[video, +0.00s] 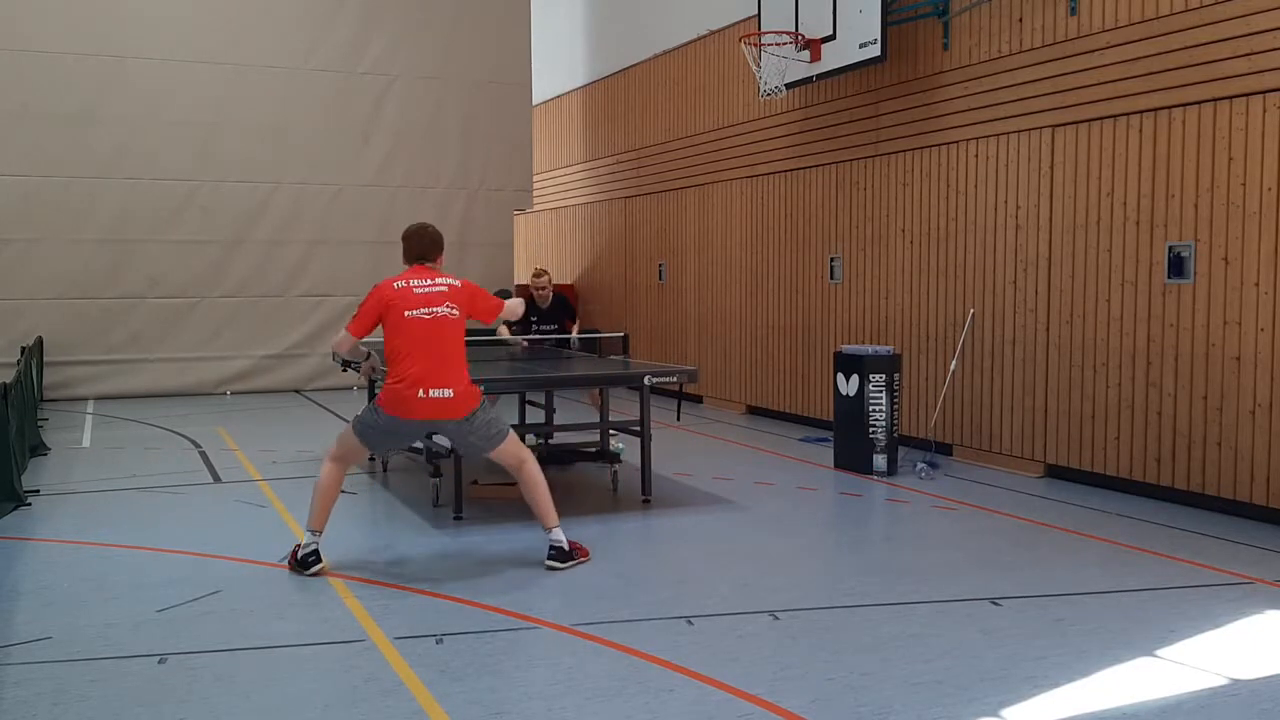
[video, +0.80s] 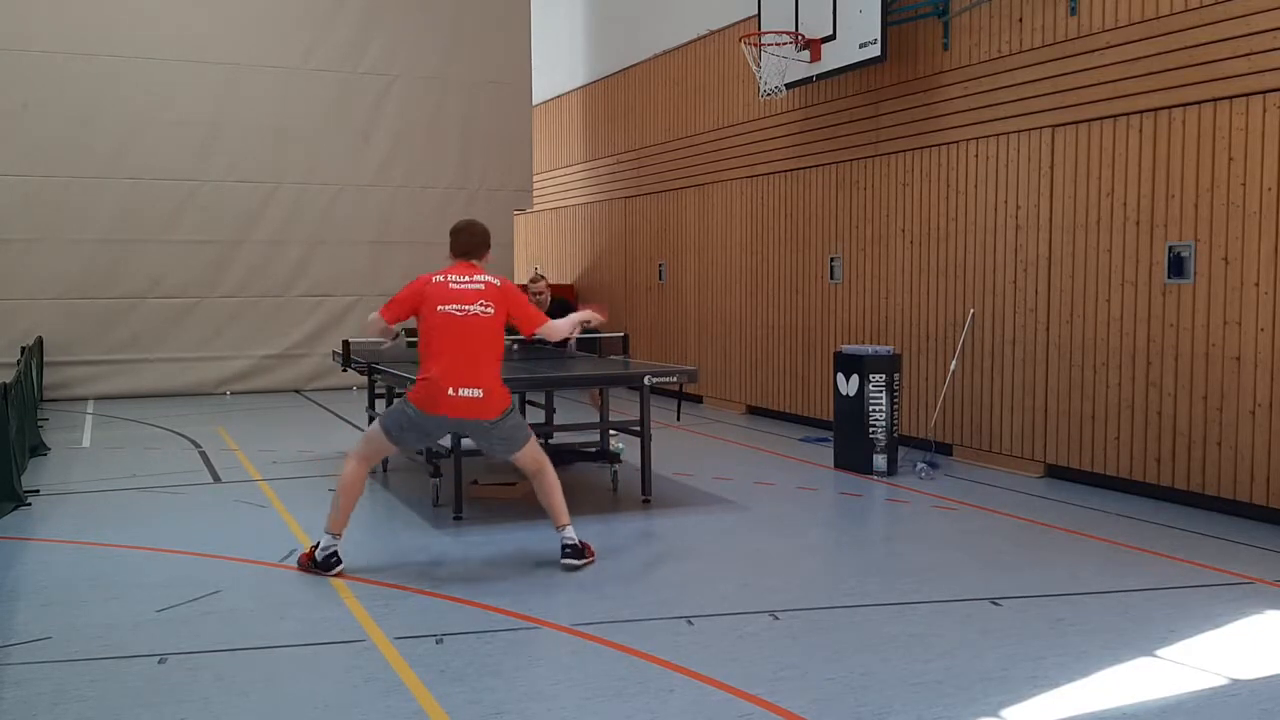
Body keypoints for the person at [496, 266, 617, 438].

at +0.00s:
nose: (540, 293)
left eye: (543, 289)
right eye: (536, 289)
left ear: (551, 287)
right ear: (530, 288)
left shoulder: (560, 300)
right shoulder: (524, 305)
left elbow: (575, 320)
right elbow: (501, 328)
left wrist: (574, 334)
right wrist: (512, 340)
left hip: (561, 355)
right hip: (531, 355)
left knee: (591, 382)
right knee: (496, 379)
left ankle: (607, 427)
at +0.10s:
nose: (545, 287)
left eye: (549, 282)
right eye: (541, 283)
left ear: (556, 281)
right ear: (535, 282)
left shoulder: (565, 296)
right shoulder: (527, 298)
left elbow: (573, 319)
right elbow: (514, 318)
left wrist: (575, 334)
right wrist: (527, 325)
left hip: (562, 349)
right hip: (532, 349)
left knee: (590, 377)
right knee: (502, 373)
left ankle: (606, 424)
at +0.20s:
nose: (547, 274)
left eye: (551, 270)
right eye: (543, 271)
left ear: (557, 271)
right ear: (537, 271)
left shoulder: (566, 291)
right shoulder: (527, 290)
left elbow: (571, 315)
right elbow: (512, 307)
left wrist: (574, 326)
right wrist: (513, 310)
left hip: (561, 349)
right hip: (532, 349)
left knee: (589, 380)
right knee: (501, 369)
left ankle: (606, 428)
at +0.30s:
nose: (546, 269)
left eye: (550, 265)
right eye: (543, 266)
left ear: (557, 266)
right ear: (536, 267)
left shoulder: (566, 290)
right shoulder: (527, 287)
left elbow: (570, 315)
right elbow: (507, 303)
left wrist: (572, 325)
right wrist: (511, 309)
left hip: (560, 350)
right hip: (531, 350)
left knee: (588, 378)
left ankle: (607, 427)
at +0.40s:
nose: (543, 270)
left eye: (547, 267)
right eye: (539, 267)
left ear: (553, 268)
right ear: (533, 269)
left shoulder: (564, 291)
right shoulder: (524, 289)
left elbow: (569, 315)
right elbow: (503, 306)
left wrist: (570, 326)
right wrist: (508, 313)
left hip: (558, 350)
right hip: (529, 350)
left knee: (588, 380)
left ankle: (607, 427)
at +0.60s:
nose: (536, 278)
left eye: (540, 274)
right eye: (532, 275)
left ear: (547, 274)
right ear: (527, 276)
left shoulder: (558, 293)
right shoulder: (519, 293)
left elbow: (571, 315)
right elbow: (500, 316)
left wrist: (567, 327)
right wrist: (499, 331)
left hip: (555, 350)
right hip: (526, 349)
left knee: (584, 380)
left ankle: (607, 423)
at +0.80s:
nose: (537, 298)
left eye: (541, 294)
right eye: (533, 294)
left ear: (548, 291)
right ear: (527, 293)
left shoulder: (563, 306)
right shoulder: (522, 309)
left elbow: (578, 323)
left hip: (561, 355)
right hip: (532, 356)